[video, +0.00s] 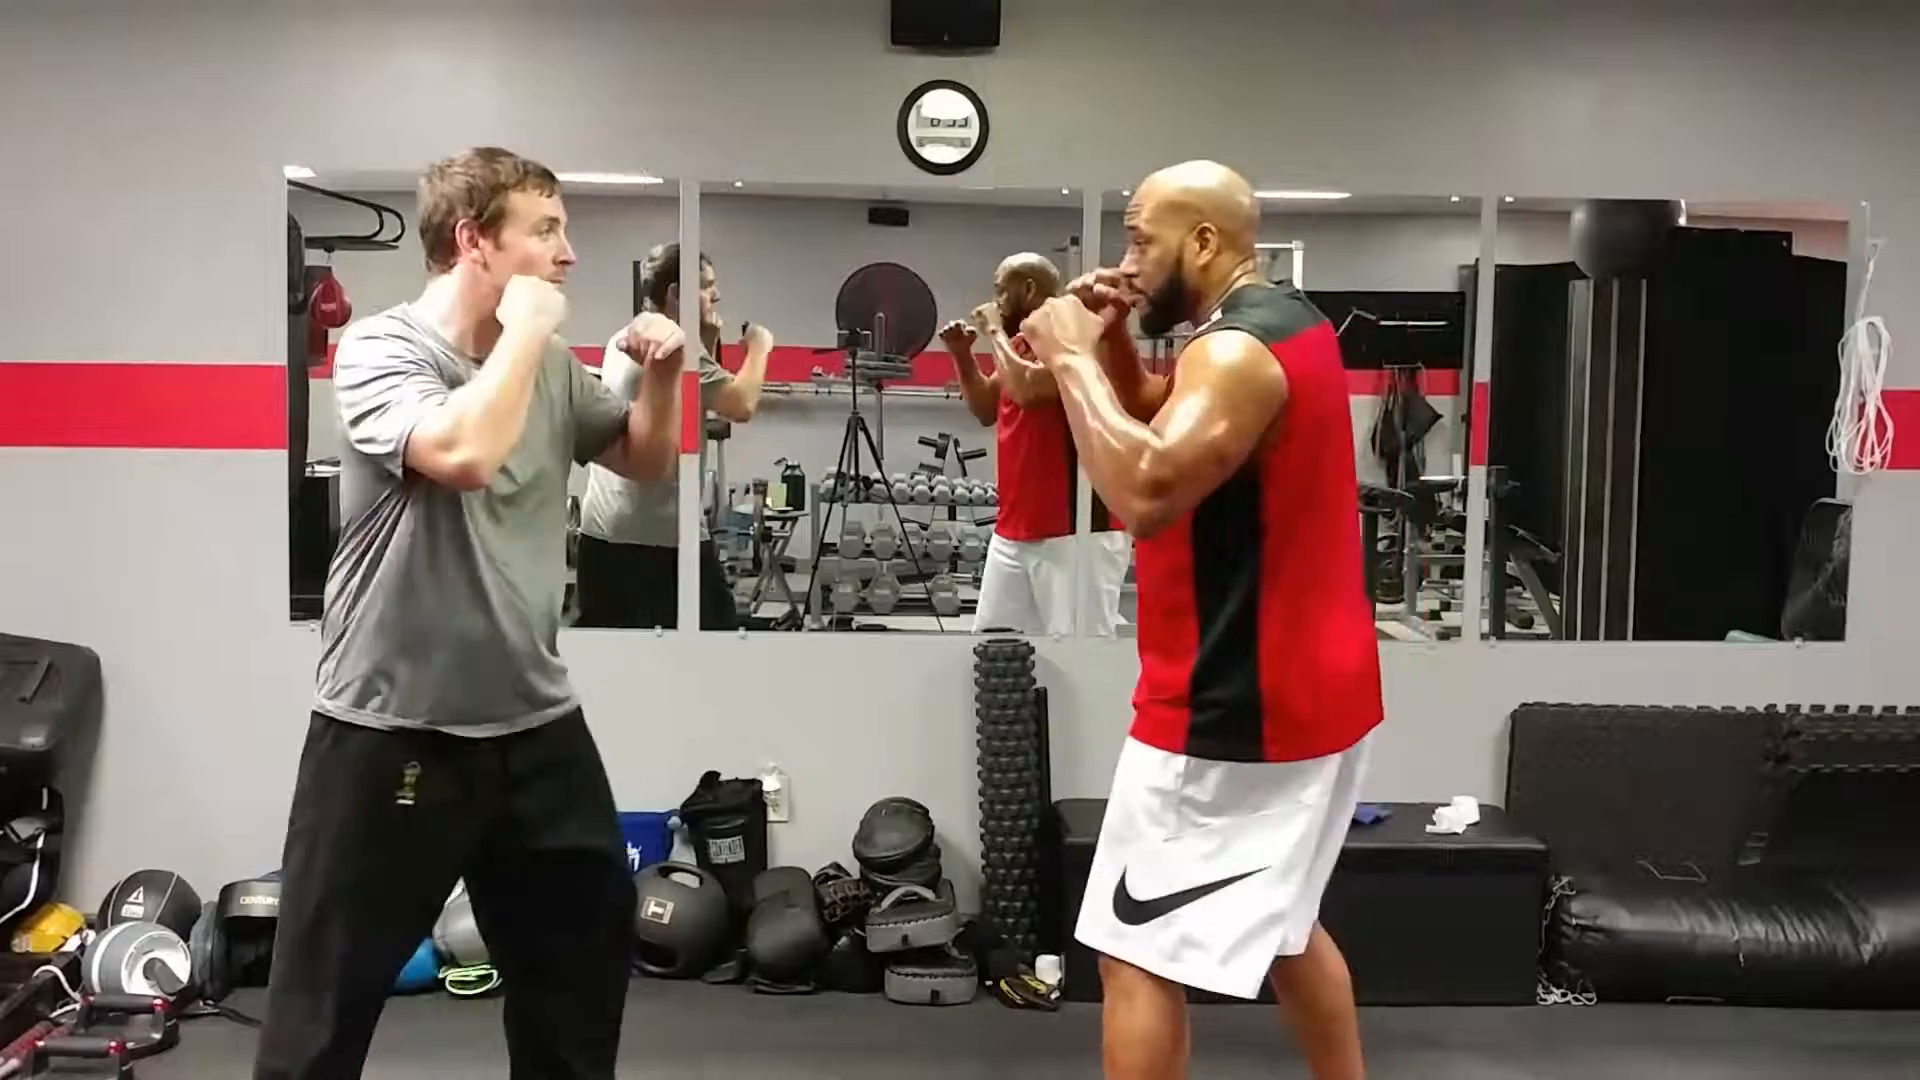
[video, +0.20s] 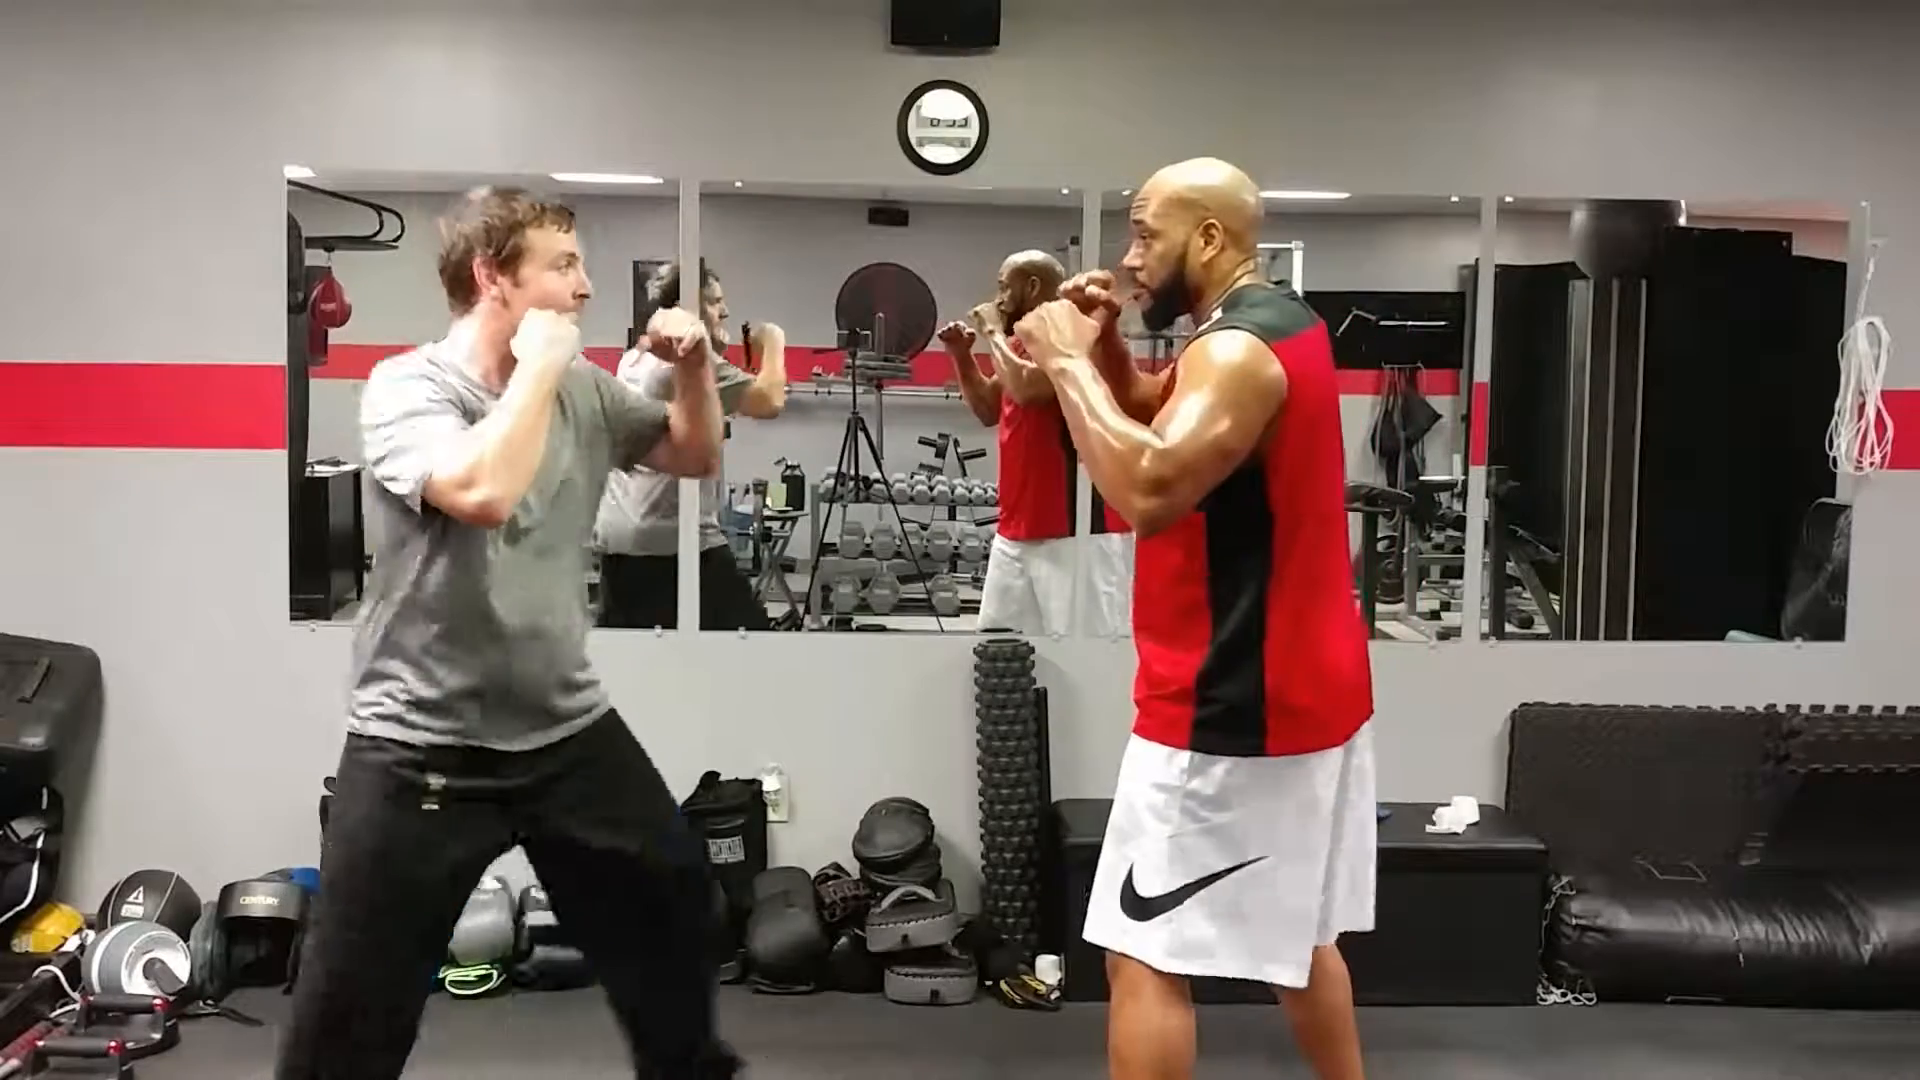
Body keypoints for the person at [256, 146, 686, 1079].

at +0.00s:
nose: (567, 254)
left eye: (565, 234)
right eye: (548, 233)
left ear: (486, 242)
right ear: (472, 243)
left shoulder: (548, 365)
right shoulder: (376, 350)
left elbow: (646, 460)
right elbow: (461, 452)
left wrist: (659, 374)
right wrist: (525, 329)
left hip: (536, 730)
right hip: (386, 735)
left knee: (579, 998)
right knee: (318, 1021)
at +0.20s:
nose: (581, 288)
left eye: (581, 270)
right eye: (563, 268)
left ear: (506, 279)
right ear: (492, 278)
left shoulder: (579, 389)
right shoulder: (402, 388)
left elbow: (695, 452)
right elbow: (480, 492)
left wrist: (693, 364)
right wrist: (540, 368)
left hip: (570, 734)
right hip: (417, 745)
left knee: (669, 913)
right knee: (347, 1007)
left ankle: (685, 1066)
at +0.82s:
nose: (860, 318)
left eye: (854, 301)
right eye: (841, 302)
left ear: (785, 323)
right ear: (781, 321)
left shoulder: (796, 415)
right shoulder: (750, 435)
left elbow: (874, 485)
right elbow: (866, 601)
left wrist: (973, 525)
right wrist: (1011, 696)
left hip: (766, 732)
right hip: (665, 724)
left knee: (863, 921)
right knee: (616, 981)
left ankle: (884, 1075)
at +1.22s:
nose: (712, 292)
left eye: (711, 273)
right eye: (695, 271)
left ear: (635, 280)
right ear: (627, 276)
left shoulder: (649, 370)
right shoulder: (602, 370)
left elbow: (700, 461)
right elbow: (664, 525)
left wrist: (795, 479)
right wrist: (789, 609)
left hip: (654, 698)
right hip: (562, 699)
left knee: (772, 865)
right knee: (566, 992)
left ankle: (748, 1062)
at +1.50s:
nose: (702, 379)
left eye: (706, 361)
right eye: (688, 358)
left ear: (632, 355)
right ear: (621, 349)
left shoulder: (614, 461)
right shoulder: (534, 453)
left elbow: (601, 614)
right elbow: (492, 629)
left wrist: (627, 572)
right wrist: (610, 638)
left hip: (543, 713)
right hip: (428, 710)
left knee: (618, 939)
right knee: (409, 954)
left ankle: (596, 1076)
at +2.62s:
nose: (733, 329)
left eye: (729, 313)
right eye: (714, 314)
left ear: (658, 343)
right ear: (652, 338)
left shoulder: (643, 427)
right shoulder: (692, 419)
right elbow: (864, 438)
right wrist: (1016, 427)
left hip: (682, 749)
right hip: (579, 744)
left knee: (805, 939)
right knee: (473, 979)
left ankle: (849, 1073)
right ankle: (359, 1075)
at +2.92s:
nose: (838, 342)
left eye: (839, 327)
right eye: (820, 323)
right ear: (753, 328)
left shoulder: (762, 432)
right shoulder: (711, 412)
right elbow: (845, 551)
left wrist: (857, 486)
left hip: (683, 686)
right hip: (594, 659)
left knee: (788, 910)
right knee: (576, 937)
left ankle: (835, 1065)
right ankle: (473, 1072)